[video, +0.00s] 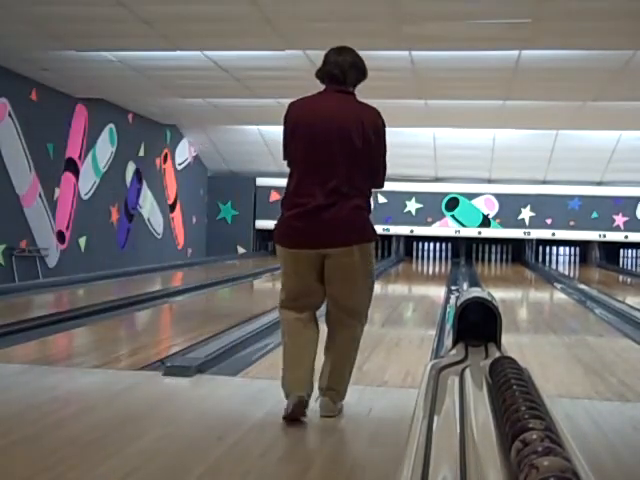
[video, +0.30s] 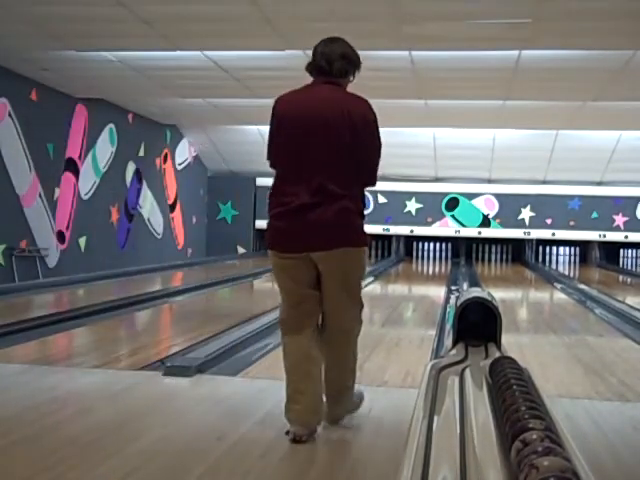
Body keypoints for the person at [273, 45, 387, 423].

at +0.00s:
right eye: (360, 76)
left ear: (322, 74)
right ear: (358, 79)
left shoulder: (297, 110)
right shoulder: (370, 117)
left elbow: (290, 159)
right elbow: (378, 178)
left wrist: (330, 160)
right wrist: (341, 164)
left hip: (297, 232)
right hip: (350, 235)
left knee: (297, 308)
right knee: (347, 317)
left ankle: (297, 394)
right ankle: (331, 400)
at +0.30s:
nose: (353, 77)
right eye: (354, 71)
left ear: (311, 68)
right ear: (350, 72)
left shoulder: (284, 104)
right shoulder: (359, 109)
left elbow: (274, 159)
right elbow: (369, 174)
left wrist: (313, 161)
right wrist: (329, 169)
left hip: (286, 230)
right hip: (340, 232)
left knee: (296, 322)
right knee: (343, 317)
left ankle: (301, 422)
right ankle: (338, 402)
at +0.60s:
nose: (356, 67)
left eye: (357, 61)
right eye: (356, 60)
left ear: (312, 51)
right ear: (346, 56)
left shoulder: (276, 90)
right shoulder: (354, 94)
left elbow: (265, 150)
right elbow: (370, 166)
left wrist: (309, 157)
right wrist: (324, 162)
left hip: (278, 232)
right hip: (335, 234)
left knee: (291, 327)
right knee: (349, 324)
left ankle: (296, 423)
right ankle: (327, 421)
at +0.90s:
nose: (375, 78)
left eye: (378, 68)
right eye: (377, 67)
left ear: (333, 46)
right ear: (360, 51)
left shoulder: (280, 78)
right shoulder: (360, 88)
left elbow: (256, 144)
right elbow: (372, 162)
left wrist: (293, 180)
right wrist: (335, 184)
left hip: (268, 229)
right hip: (330, 232)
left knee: (280, 336)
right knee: (337, 343)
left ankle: (282, 439)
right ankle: (316, 459)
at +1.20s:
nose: (374, 65)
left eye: (380, 57)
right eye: (377, 52)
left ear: (333, 29)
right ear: (356, 33)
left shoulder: (275, 64)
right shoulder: (337, 70)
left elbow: (269, 148)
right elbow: (360, 155)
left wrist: (342, 174)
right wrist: (340, 179)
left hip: (246, 235)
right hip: (309, 237)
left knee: (260, 345)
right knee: (321, 355)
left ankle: (239, 467)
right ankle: (316, 469)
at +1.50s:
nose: (374, 38)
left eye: (380, 29)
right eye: (375, 24)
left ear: (324, 6)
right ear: (346, 7)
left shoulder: (262, 44)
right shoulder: (322, 42)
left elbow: (221, 137)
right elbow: (322, 128)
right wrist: (359, 174)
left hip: (229, 233)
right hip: (290, 236)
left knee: (243, 373)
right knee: (307, 372)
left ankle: (237, 476)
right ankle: (307, 473)